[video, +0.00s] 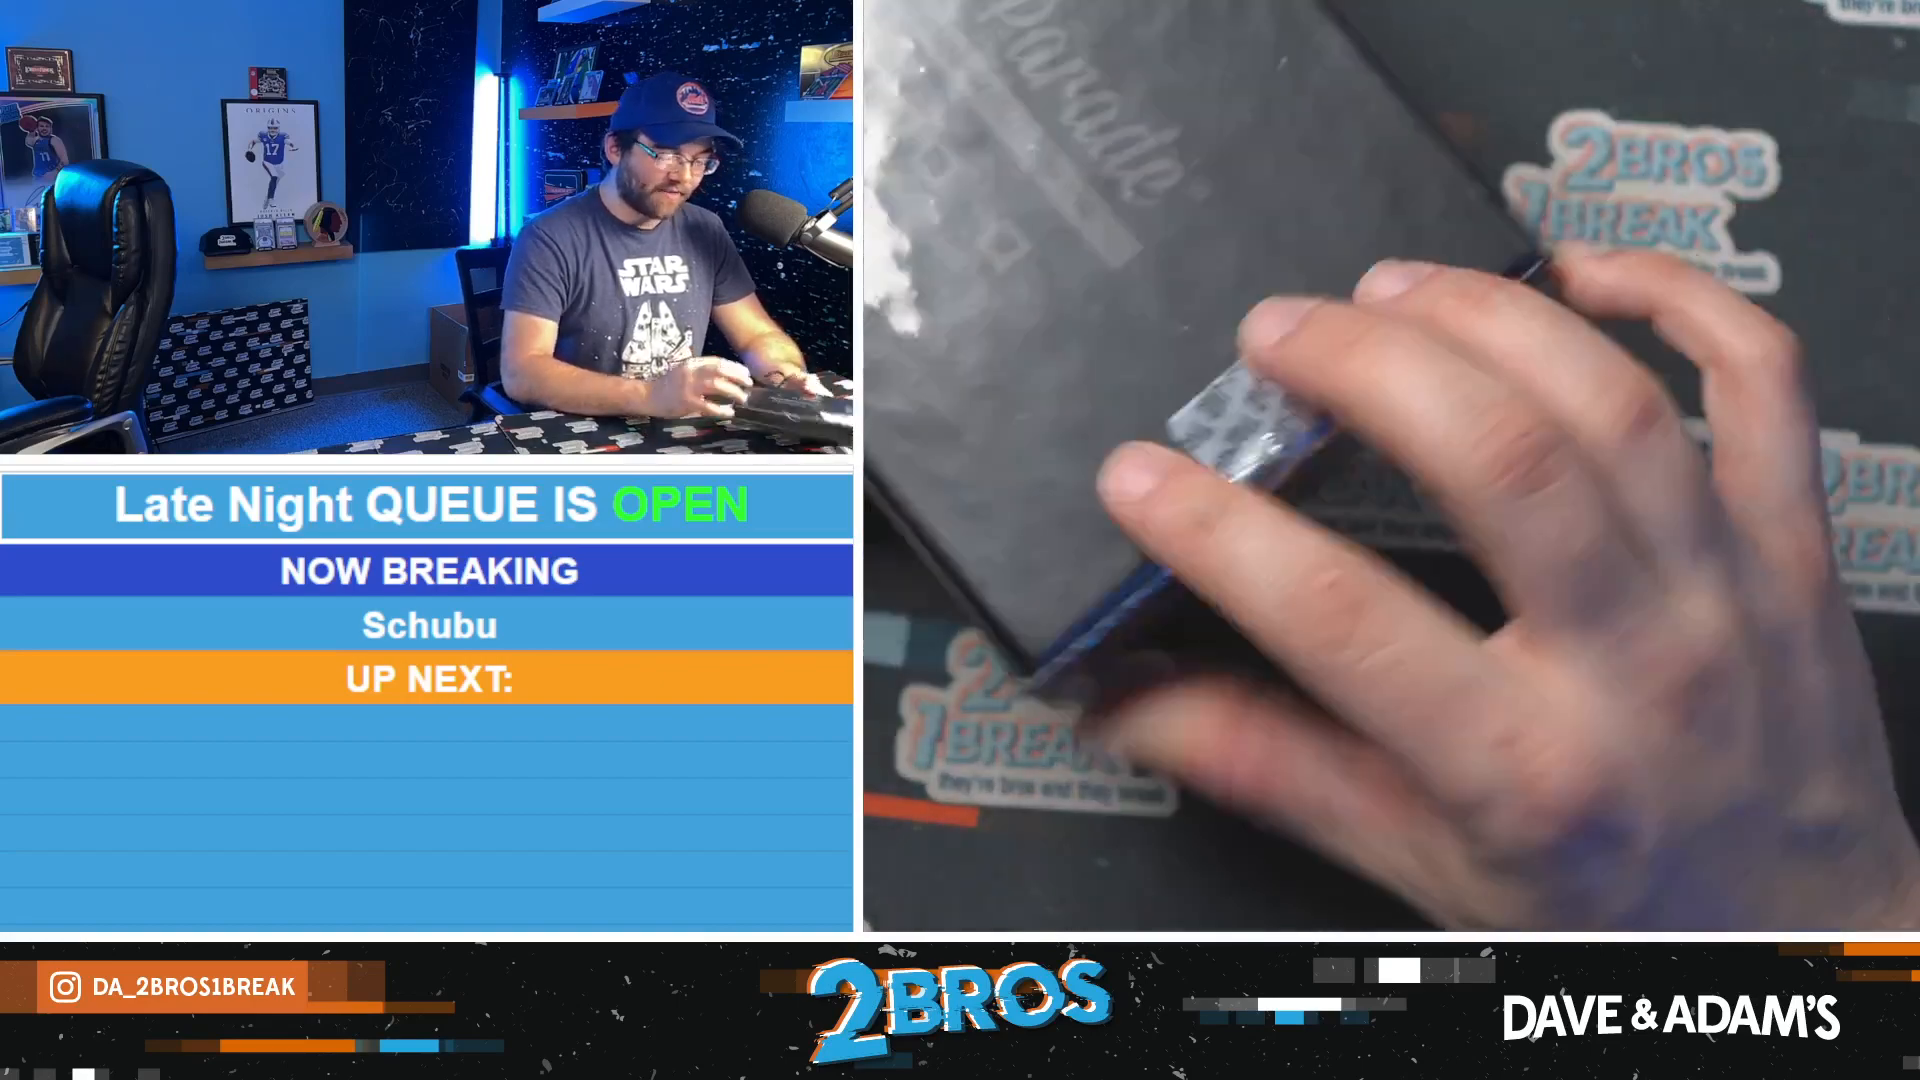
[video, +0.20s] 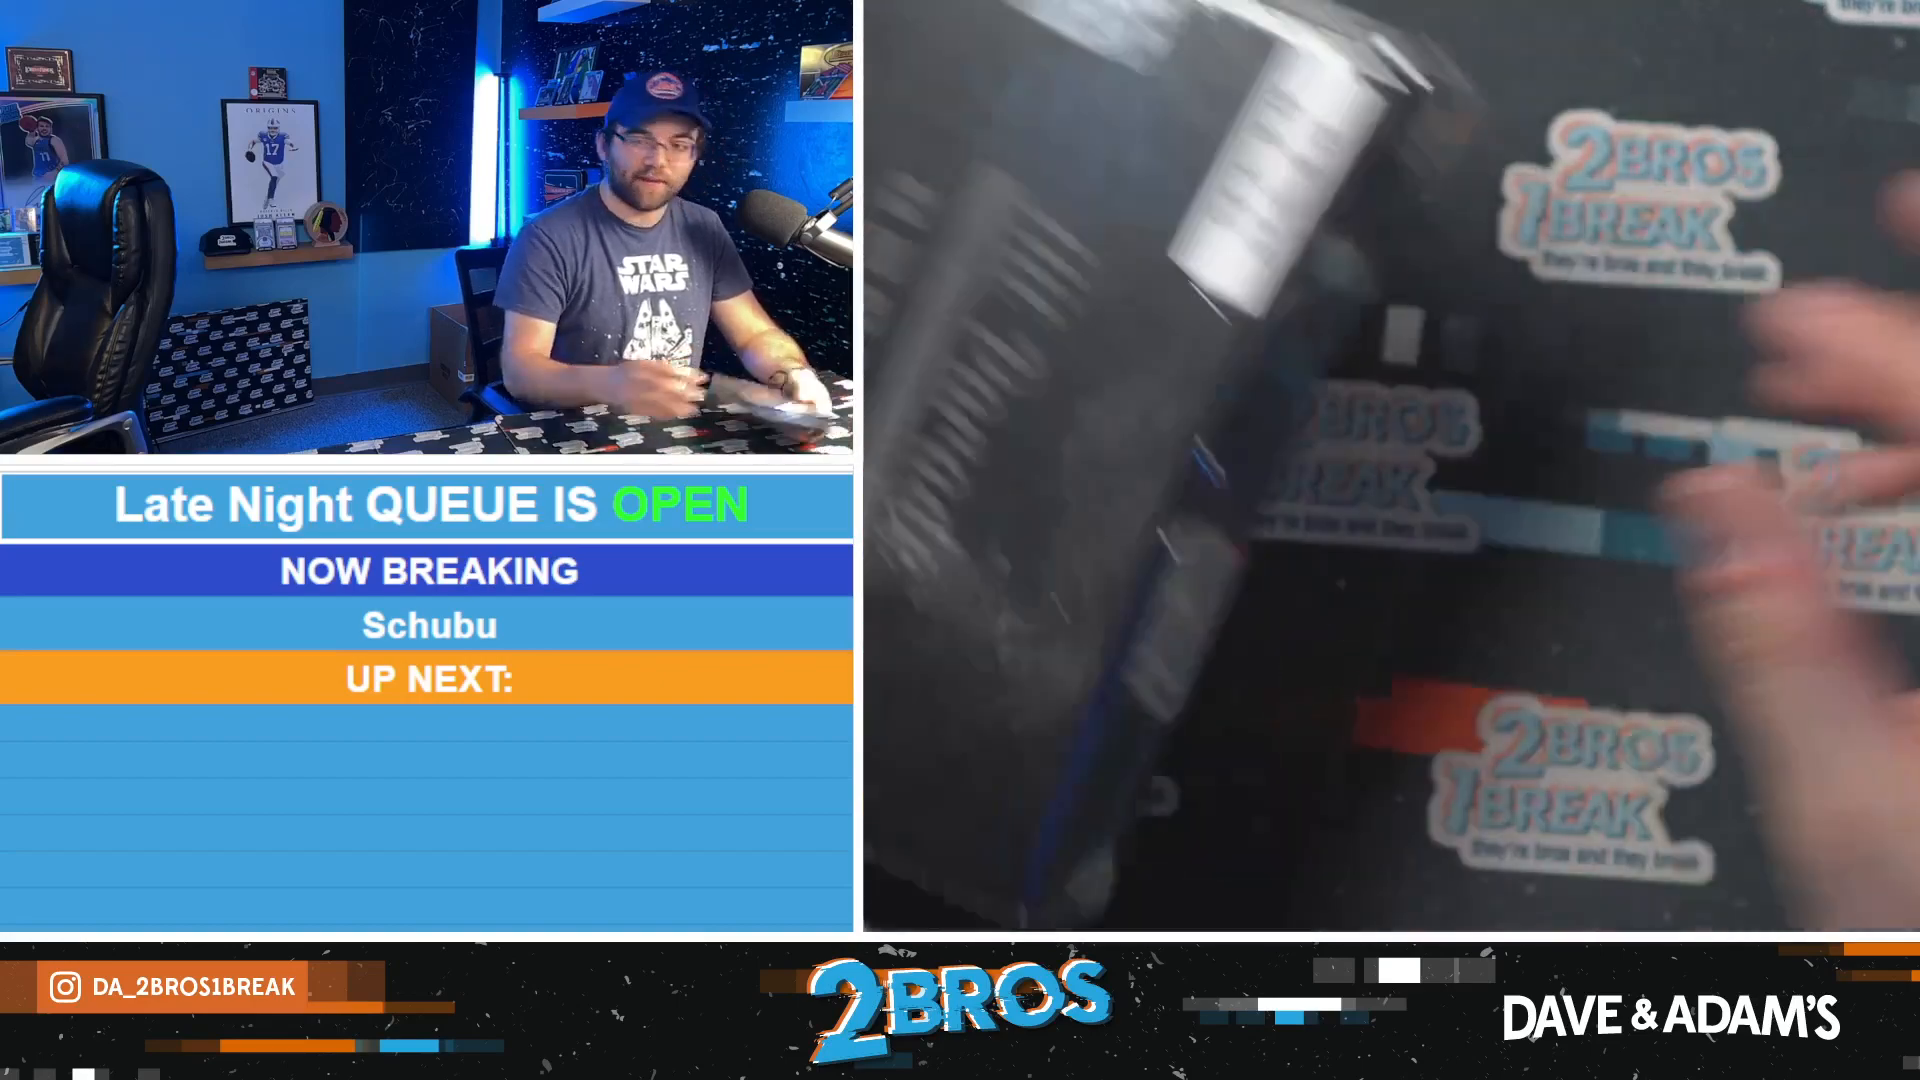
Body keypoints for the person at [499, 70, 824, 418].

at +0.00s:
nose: (684, 174)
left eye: (698, 158)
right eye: (666, 152)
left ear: (709, 162)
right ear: (615, 148)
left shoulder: (704, 231)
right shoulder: (550, 237)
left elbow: (758, 335)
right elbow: (523, 372)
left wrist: (781, 371)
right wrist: (649, 394)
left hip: (686, 455)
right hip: (580, 459)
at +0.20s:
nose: (659, 160)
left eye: (679, 145)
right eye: (642, 140)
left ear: (695, 157)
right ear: (605, 144)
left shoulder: (705, 231)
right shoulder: (552, 238)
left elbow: (757, 334)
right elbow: (523, 373)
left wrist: (793, 372)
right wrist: (612, 384)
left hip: (683, 449)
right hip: (577, 458)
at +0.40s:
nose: (638, 152)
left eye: (660, 137)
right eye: (622, 134)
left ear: (687, 152)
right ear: (599, 142)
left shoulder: (705, 230)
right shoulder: (547, 233)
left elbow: (764, 331)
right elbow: (510, 351)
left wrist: (799, 367)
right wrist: (532, 396)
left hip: (683, 450)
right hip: (579, 454)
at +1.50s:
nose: (645, 170)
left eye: (670, 155)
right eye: (631, 149)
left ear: (701, 161)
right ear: (610, 148)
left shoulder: (709, 236)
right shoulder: (550, 238)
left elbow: (772, 341)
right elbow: (499, 348)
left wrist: (760, 376)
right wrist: (496, 408)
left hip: (677, 455)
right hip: (568, 457)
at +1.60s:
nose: (644, 171)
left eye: (669, 156)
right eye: (631, 149)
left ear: (700, 161)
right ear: (611, 146)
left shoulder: (709, 236)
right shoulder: (549, 237)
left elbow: (772, 341)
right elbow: (503, 349)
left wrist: (760, 376)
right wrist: (494, 424)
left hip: (678, 452)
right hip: (569, 456)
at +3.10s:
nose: (689, 186)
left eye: (708, 172)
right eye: (676, 162)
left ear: (719, 174)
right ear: (630, 146)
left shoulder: (707, 234)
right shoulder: (558, 226)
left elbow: (771, 340)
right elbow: (521, 343)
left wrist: (755, 372)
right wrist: (637, 344)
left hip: (678, 452)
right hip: (573, 453)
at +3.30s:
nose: (686, 178)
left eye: (704, 163)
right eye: (671, 154)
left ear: (716, 169)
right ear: (626, 145)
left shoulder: (708, 236)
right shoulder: (555, 229)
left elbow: (769, 338)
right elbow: (508, 349)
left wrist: (750, 359)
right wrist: (599, 335)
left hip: (673, 449)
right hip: (567, 452)